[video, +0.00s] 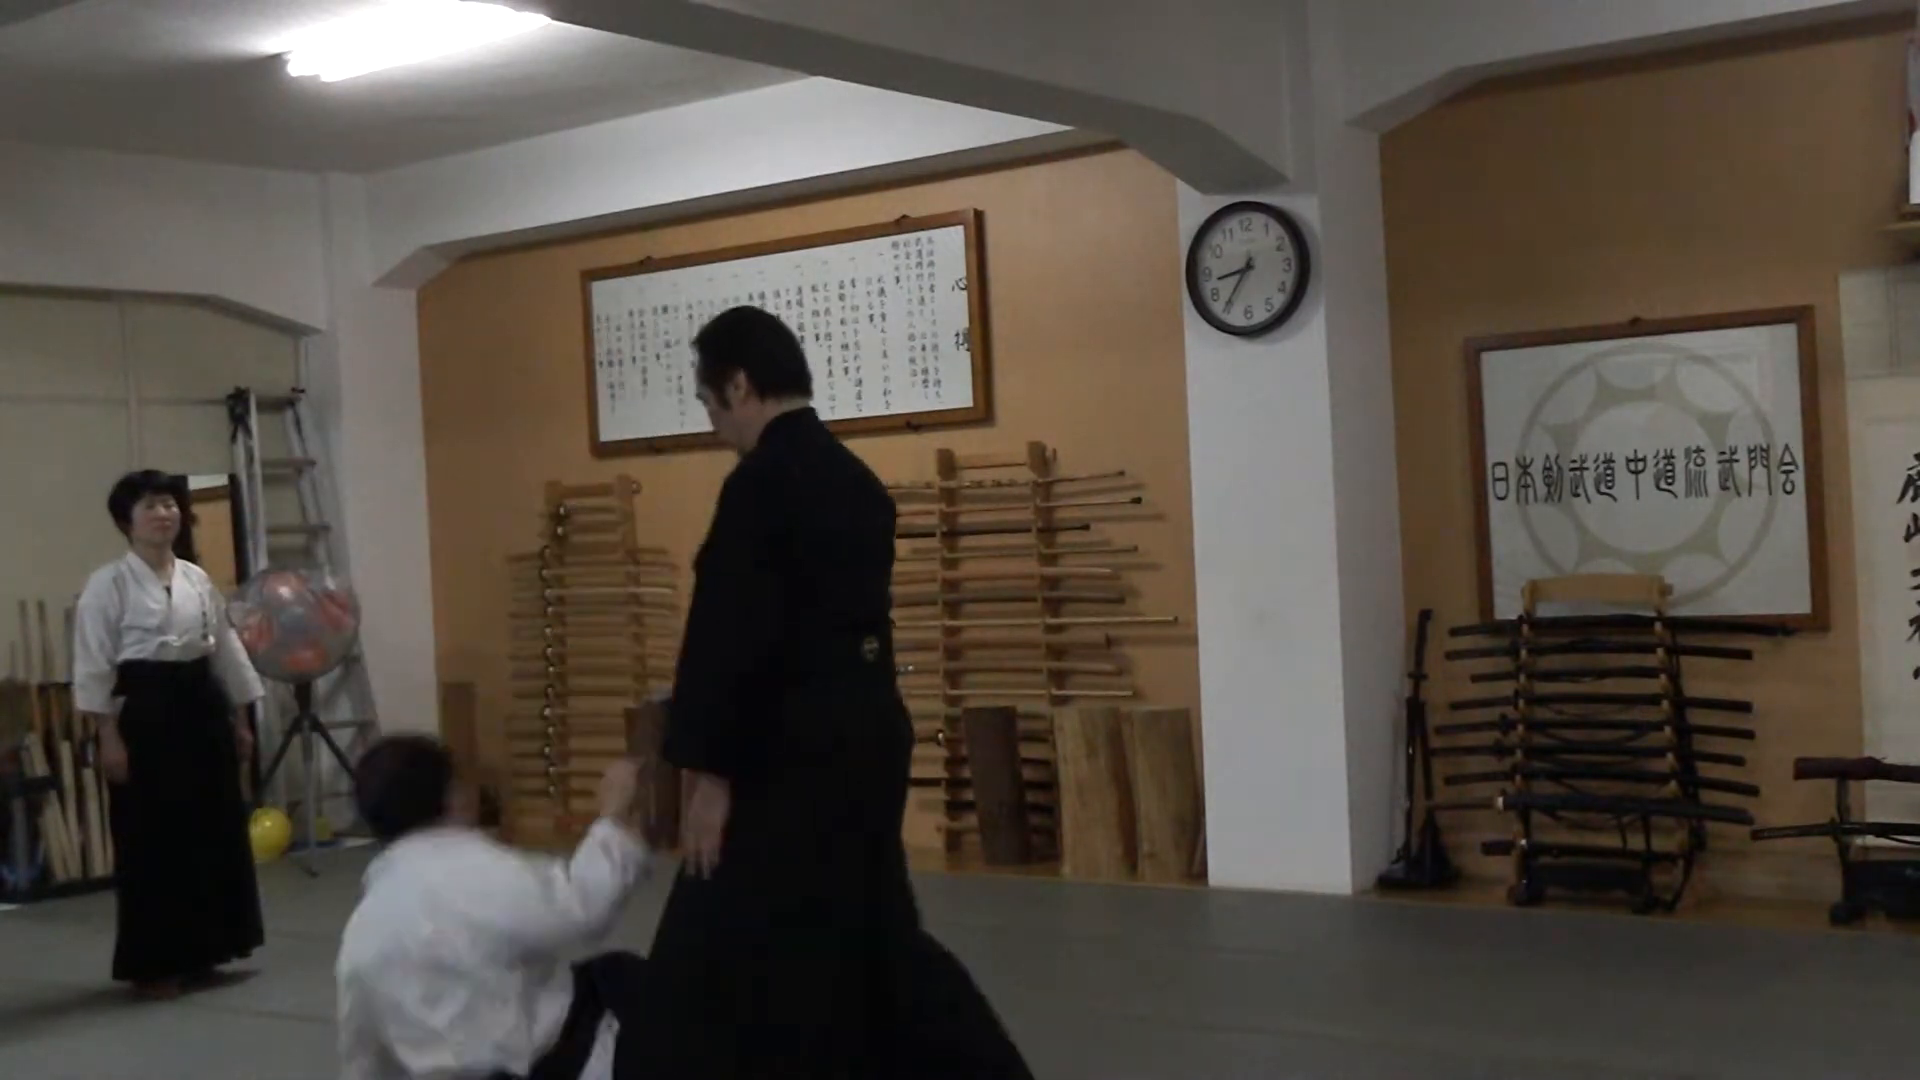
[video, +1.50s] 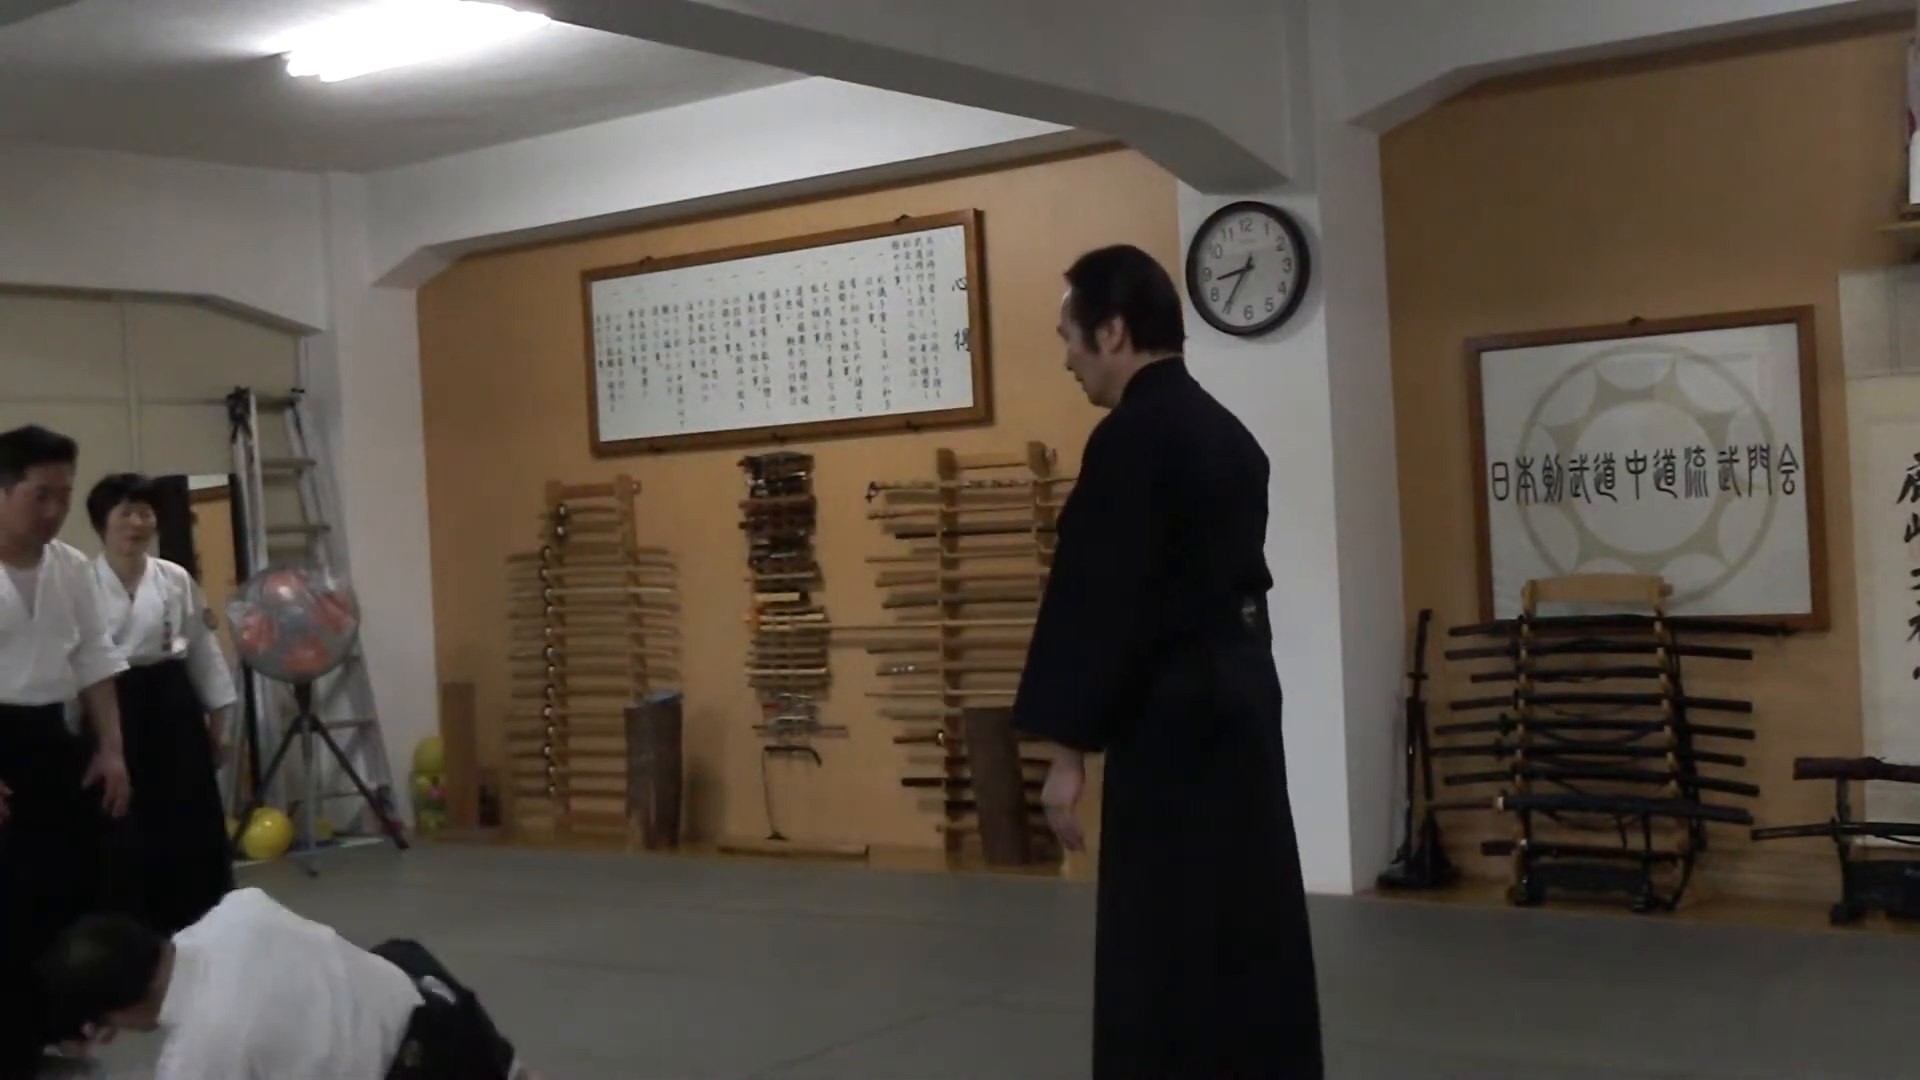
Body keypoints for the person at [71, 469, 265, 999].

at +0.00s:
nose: (162, 512)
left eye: (169, 504)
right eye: (149, 506)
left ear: (181, 516)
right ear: (126, 520)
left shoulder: (196, 579)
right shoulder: (107, 585)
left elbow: (225, 647)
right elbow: (93, 665)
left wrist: (243, 715)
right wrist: (107, 735)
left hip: (200, 706)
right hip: (144, 710)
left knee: (206, 826)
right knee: (151, 833)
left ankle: (200, 955)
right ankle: (150, 965)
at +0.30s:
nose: (163, 513)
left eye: (170, 505)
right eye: (151, 506)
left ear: (182, 515)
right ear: (128, 519)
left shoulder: (197, 578)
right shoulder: (106, 584)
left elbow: (226, 647)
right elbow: (91, 662)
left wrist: (243, 715)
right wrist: (103, 733)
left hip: (201, 707)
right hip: (143, 711)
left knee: (212, 827)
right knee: (151, 833)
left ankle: (214, 956)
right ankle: (153, 964)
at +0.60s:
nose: (165, 515)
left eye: (173, 506)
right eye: (152, 507)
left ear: (183, 515)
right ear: (130, 519)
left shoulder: (200, 578)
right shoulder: (107, 583)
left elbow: (227, 651)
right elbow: (89, 662)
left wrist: (244, 720)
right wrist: (101, 733)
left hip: (201, 706)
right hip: (142, 710)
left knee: (210, 827)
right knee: (147, 832)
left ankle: (214, 959)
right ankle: (150, 964)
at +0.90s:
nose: (165, 515)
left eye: (172, 506)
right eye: (152, 507)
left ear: (182, 516)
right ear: (129, 519)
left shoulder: (199, 578)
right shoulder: (106, 583)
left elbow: (226, 651)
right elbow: (88, 662)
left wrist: (241, 718)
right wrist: (99, 734)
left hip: (198, 706)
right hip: (140, 710)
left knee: (211, 825)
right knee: (146, 832)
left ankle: (216, 955)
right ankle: (151, 962)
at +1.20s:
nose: (155, 517)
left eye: (162, 508)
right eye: (143, 508)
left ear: (174, 519)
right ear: (121, 518)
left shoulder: (193, 578)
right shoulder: (98, 582)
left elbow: (220, 650)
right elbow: (82, 663)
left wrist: (235, 721)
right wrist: (84, 742)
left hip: (189, 705)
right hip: (129, 710)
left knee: (204, 824)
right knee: (140, 830)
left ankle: (211, 951)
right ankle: (148, 957)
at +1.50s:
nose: (137, 524)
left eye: (145, 515)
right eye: (126, 515)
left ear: (156, 524)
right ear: (102, 524)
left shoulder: (175, 580)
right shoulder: (85, 585)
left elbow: (203, 648)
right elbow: (76, 661)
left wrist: (219, 715)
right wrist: (77, 732)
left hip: (173, 697)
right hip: (115, 703)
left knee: (190, 808)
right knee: (130, 813)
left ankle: (199, 918)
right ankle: (137, 918)